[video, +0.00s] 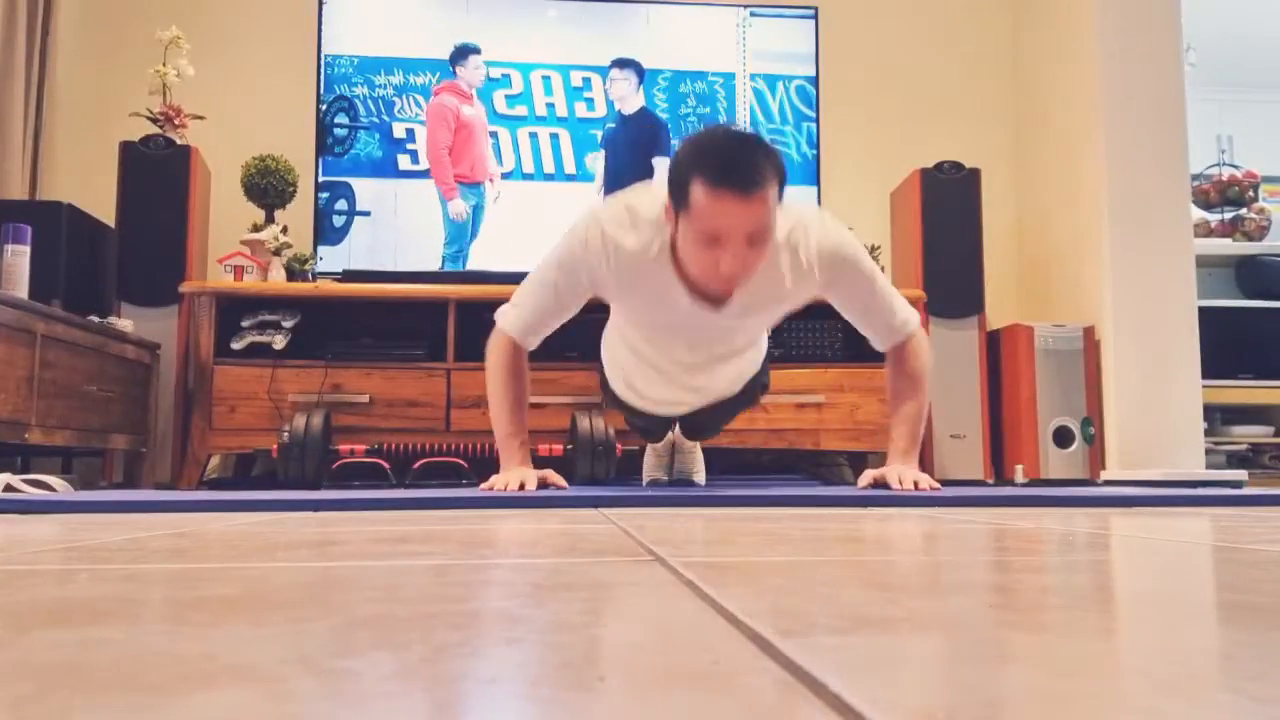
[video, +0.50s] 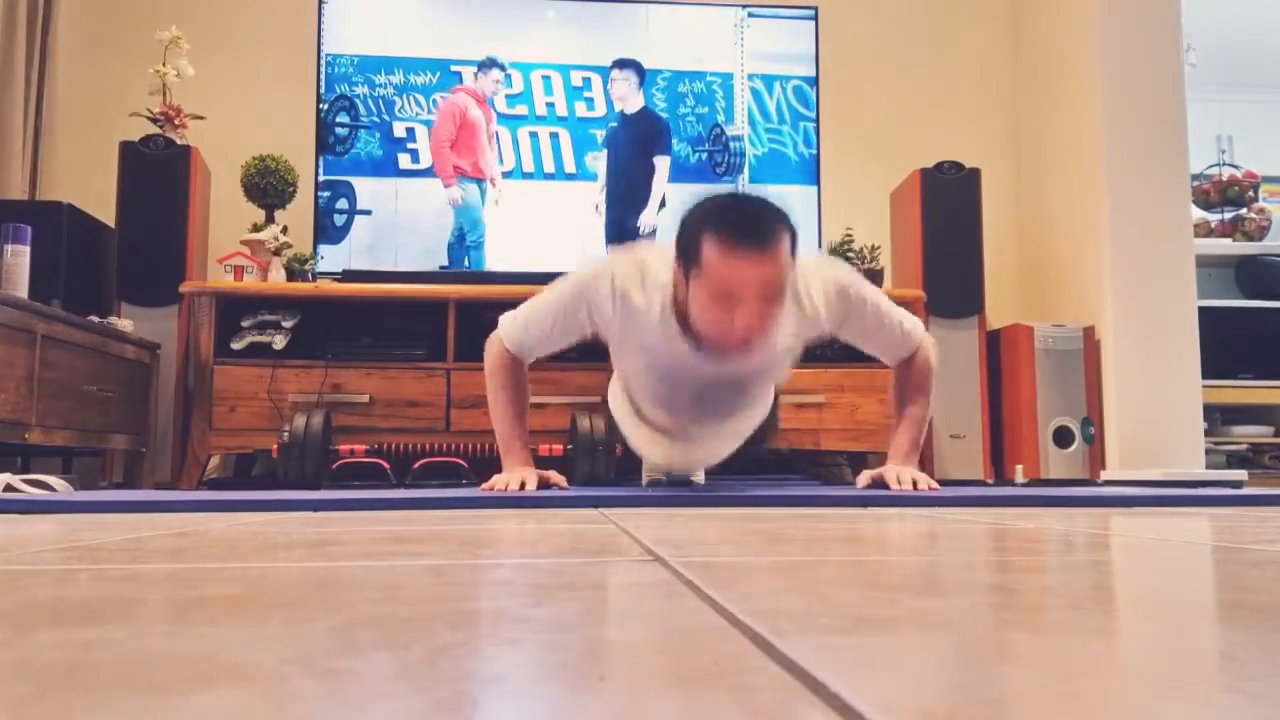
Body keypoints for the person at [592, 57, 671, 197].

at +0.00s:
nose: (607, 86)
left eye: (613, 80)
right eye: (608, 80)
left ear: (631, 83)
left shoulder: (656, 125)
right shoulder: (611, 122)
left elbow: (661, 175)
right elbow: (602, 164)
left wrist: (653, 213)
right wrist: (595, 195)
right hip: (611, 209)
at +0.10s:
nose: (608, 86)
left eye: (615, 80)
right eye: (608, 80)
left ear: (634, 83)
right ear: (607, 83)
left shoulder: (656, 125)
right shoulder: (612, 123)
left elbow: (661, 172)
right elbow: (603, 162)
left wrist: (652, 210)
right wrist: (598, 195)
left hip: (640, 211)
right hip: (613, 209)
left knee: (640, 271)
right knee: (615, 269)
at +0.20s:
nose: (609, 86)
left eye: (615, 80)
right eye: (609, 81)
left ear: (633, 84)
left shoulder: (657, 125)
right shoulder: (612, 123)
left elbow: (662, 171)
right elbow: (604, 163)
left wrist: (652, 210)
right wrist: (599, 194)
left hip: (640, 210)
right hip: (613, 208)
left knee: (644, 272)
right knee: (617, 271)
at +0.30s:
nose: (610, 87)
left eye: (615, 81)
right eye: (609, 81)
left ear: (633, 84)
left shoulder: (657, 125)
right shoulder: (613, 124)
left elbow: (662, 172)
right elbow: (605, 164)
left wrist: (651, 210)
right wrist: (600, 194)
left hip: (640, 210)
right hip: (613, 209)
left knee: (644, 272)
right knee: (617, 272)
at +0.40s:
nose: (610, 87)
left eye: (615, 81)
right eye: (609, 82)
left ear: (633, 83)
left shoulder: (657, 125)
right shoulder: (613, 124)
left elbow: (662, 172)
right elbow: (605, 164)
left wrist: (651, 210)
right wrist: (600, 193)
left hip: (640, 211)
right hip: (613, 209)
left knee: (644, 272)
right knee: (617, 272)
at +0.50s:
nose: (609, 86)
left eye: (614, 80)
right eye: (609, 81)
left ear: (632, 83)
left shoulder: (656, 124)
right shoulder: (614, 123)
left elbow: (662, 170)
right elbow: (606, 162)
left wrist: (652, 209)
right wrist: (601, 193)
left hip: (640, 211)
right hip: (614, 209)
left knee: (641, 275)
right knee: (617, 272)